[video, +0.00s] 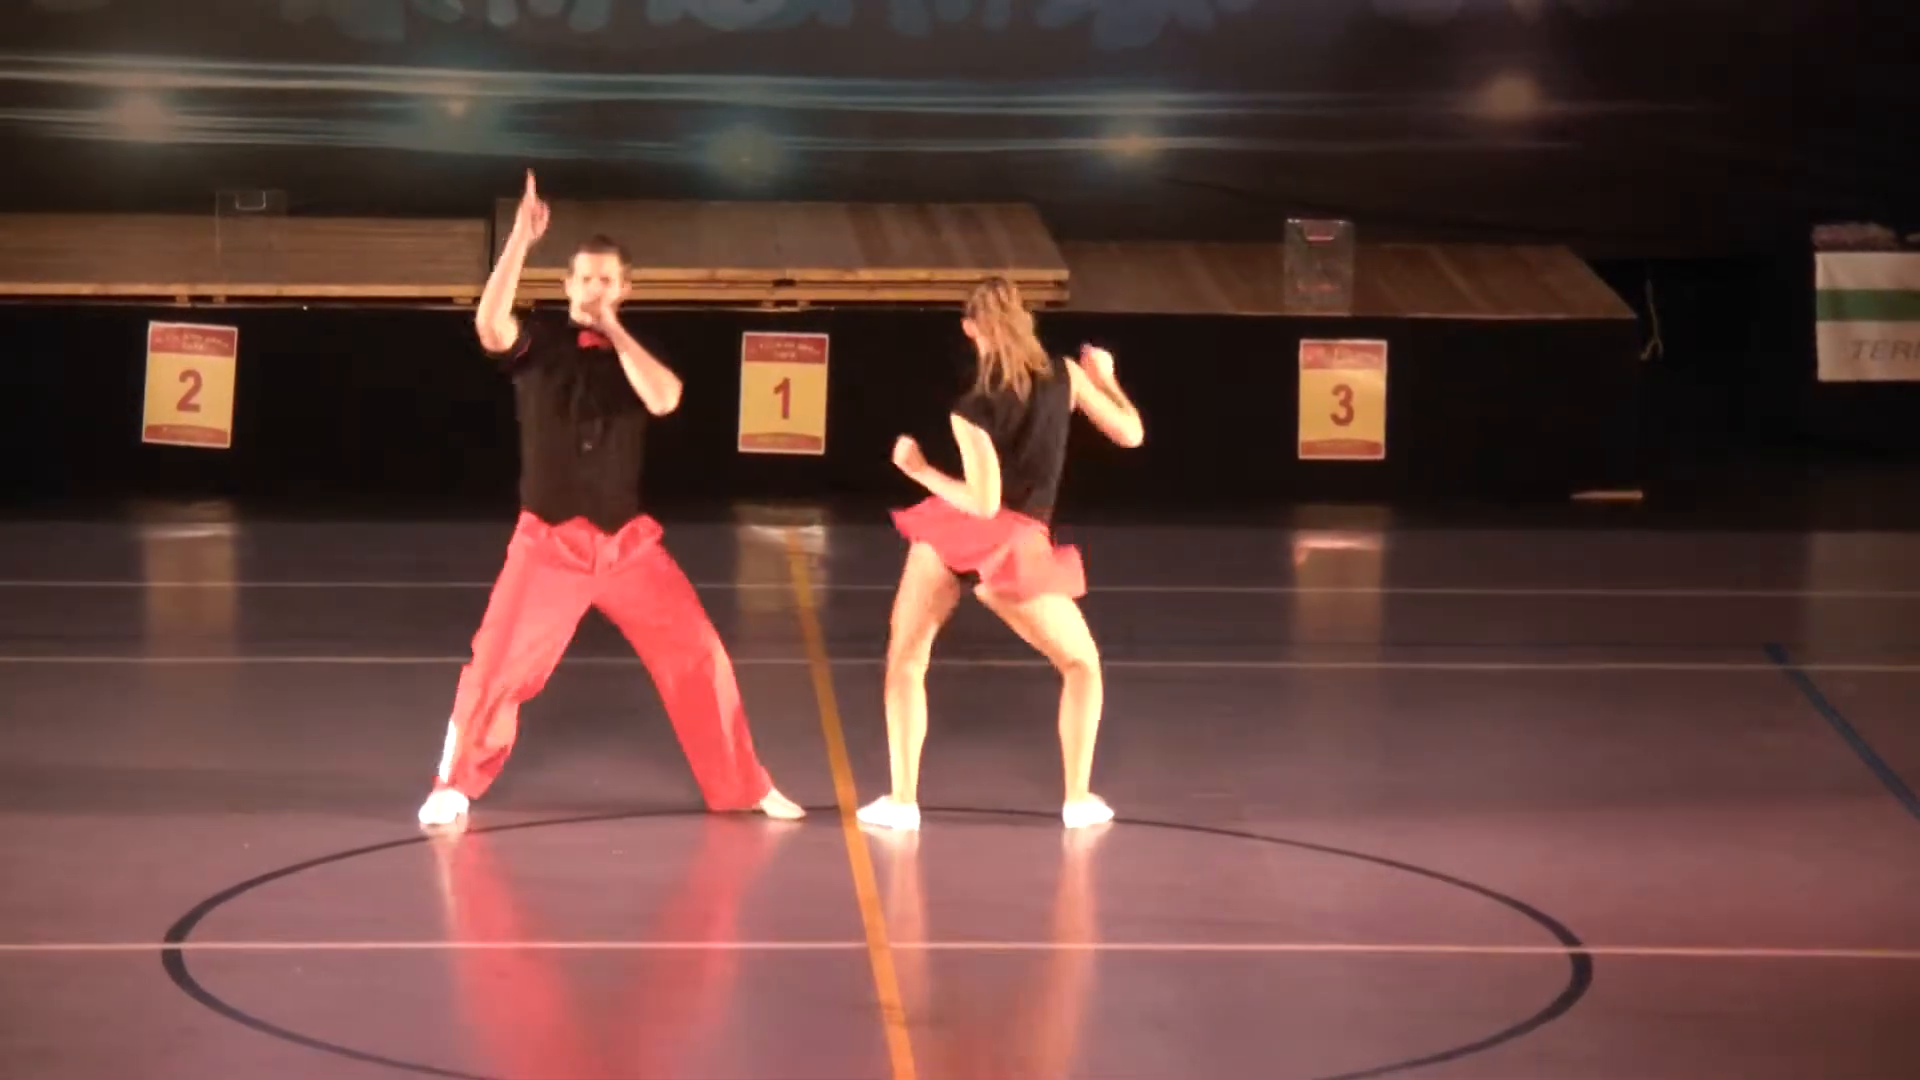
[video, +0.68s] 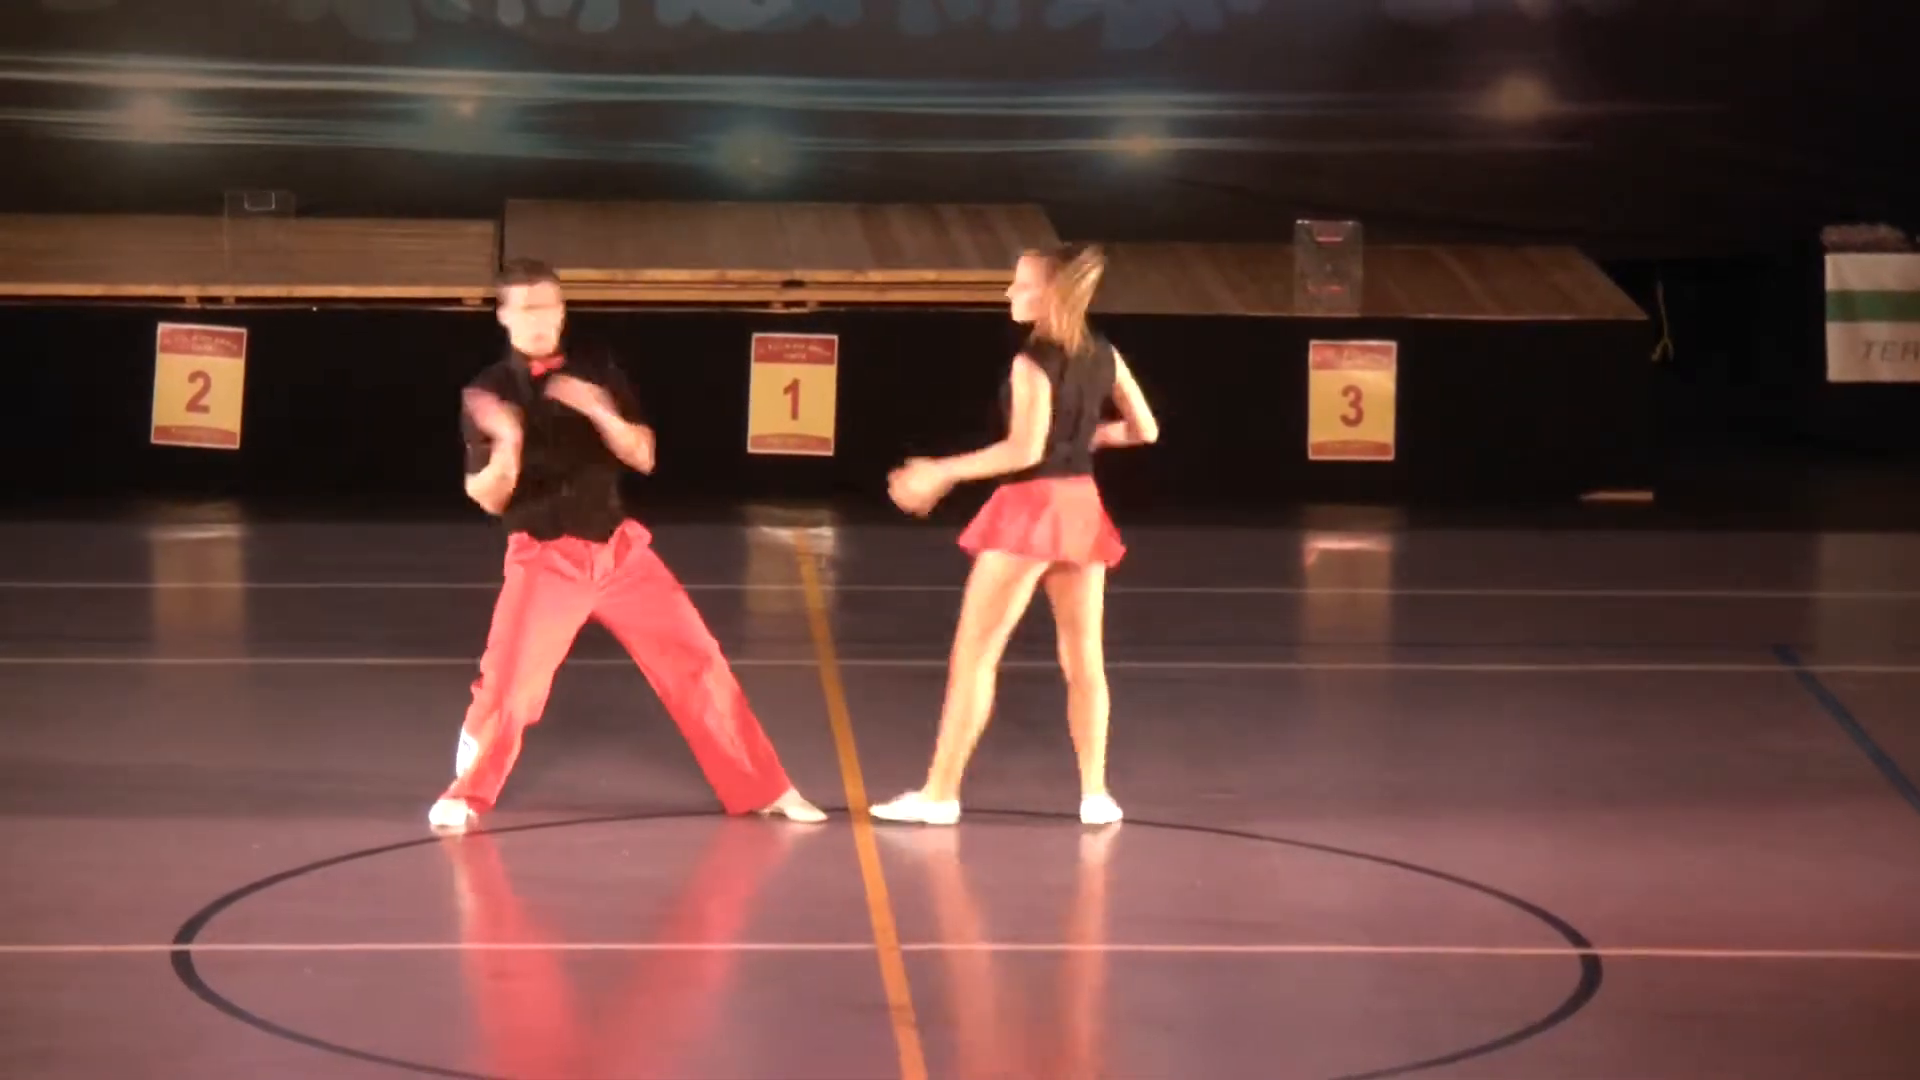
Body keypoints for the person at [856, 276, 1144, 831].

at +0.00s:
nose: (968, 336)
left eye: (969, 327)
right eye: (970, 325)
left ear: (978, 332)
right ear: (1023, 323)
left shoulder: (973, 410)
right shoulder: (1065, 376)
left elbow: (982, 504)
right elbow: (1130, 433)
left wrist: (917, 468)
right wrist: (1109, 380)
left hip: (948, 544)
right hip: (1018, 556)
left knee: (905, 661)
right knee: (1081, 664)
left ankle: (902, 802)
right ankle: (1077, 801)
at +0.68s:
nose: (1011, 293)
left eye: (1021, 284)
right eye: (1014, 282)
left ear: (1053, 295)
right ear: (1065, 296)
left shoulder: (1033, 361)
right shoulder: (1104, 354)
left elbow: (1025, 450)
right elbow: (1142, 427)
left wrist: (940, 472)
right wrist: (1080, 433)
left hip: (1027, 511)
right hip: (1083, 513)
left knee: (974, 655)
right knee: (1085, 663)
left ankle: (940, 795)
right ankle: (1094, 796)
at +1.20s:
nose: (1081, 296)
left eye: (1093, 286)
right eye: (1072, 283)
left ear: (1107, 294)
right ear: (1051, 285)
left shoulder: (1122, 372)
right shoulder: (1015, 358)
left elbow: (1128, 466)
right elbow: (1001, 445)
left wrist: (1128, 552)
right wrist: (985, 526)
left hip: (1084, 521)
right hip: (1023, 521)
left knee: (1043, 657)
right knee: (1088, 656)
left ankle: (1013, 800)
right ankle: (1142, 772)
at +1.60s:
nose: (1081, 341)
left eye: (1095, 331)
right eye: (1073, 326)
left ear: (1107, 335)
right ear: (1052, 322)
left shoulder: (1112, 405)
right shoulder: (1011, 384)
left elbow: (1124, 497)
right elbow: (966, 451)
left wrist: (1179, 470)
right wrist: (932, 423)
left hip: (1090, 551)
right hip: (1032, 555)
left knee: (1028, 672)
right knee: (1013, 692)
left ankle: (1012, 803)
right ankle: (1134, 769)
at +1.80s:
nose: (1039, 296)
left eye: (1052, 286)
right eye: (1036, 285)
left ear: (1086, 293)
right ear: (1033, 289)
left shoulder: (1110, 364)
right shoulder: (1019, 351)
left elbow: (1126, 451)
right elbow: (1005, 417)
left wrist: (1160, 516)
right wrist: (933, 456)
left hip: (1091, 518)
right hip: (1039, 521)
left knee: (1048, 651)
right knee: (1050, 657)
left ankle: (1021, 793)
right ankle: (1133, 766)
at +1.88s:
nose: (1012, 273)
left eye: (1023, 263)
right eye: (1015, 262)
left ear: (1064, 272)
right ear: (1049, 272)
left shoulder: (1083, 349)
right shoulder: (1035, 341)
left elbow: (1106, 437)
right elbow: (1036, 430)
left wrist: (1130, 517)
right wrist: (994, 481)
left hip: (1089, 503)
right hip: (1045, 503)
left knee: (1065, 642)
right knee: (1026, 639)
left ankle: (1065, 784)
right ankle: (1112, 748)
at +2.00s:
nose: (998, 288)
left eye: (1008, 279)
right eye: (1002, 277)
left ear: (1041, 288)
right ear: (1050, 289)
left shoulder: (1029, 362)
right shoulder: (1084, 351)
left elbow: (1074, 448)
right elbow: (1090, 441)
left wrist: (1117, 513)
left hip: (1081, 522)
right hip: (1071, 520)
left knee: (1093, 657)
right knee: (1006, 637)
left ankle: (1102, 793)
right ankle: (1074, 763)